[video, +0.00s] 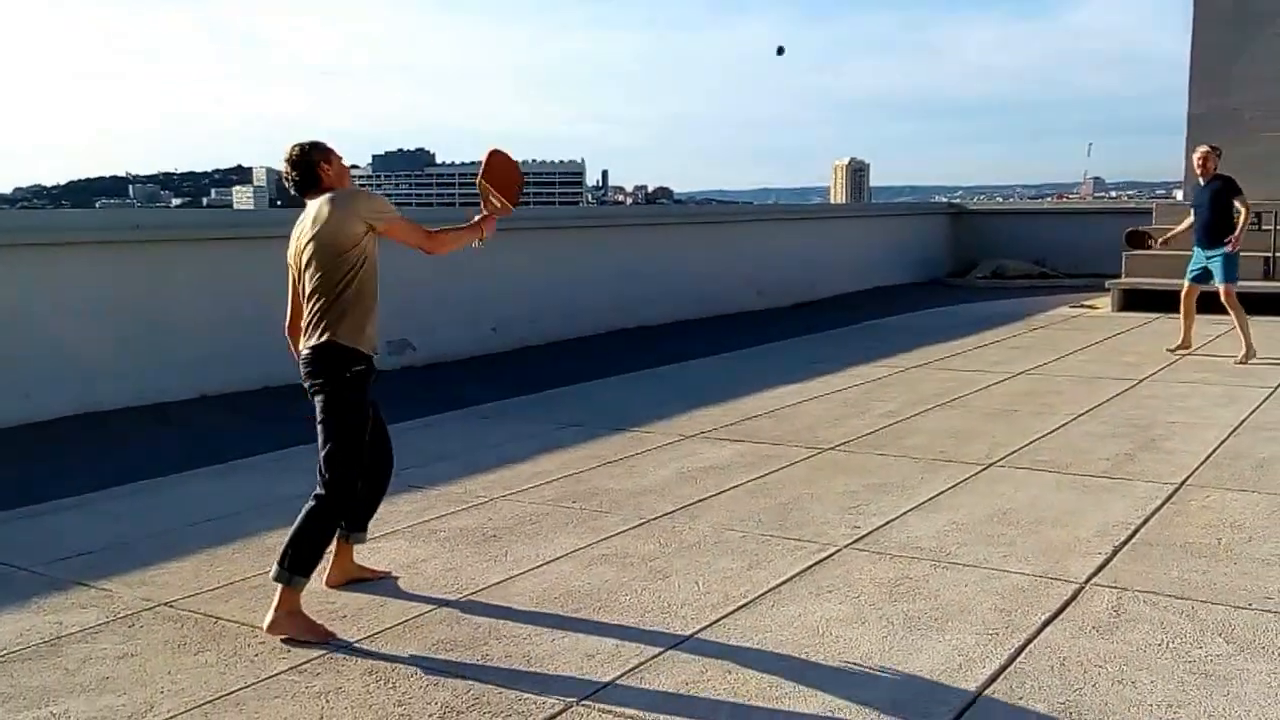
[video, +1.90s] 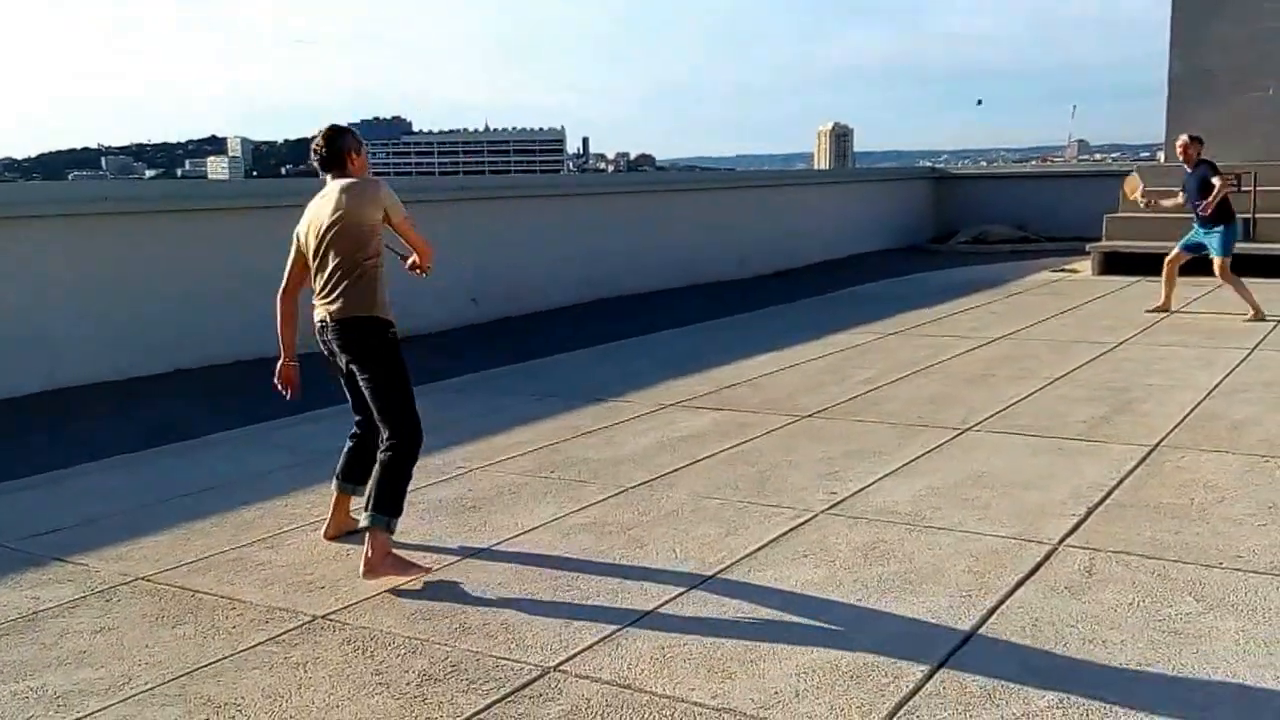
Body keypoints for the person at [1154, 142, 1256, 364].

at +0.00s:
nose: (1201, 163)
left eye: (1206, 159)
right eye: (1198, 159)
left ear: (1215, 163)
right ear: (1193, 163)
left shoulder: (1225, 183)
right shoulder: (1197, 190)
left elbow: (1244, 208)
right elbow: (1193, 219)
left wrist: (1238, 234)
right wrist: (1169, 236)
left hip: (1222, 250)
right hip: (1200, 251)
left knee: (1227, 296)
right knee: (1187, 295)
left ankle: (1248, 346)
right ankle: (1185, 341)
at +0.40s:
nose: (1194, 168)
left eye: (1198, 163)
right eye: (1191, 165)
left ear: (1209, 164)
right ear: (1188, 168)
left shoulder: (1225, 184)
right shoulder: (1197, 190)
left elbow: (1249, 206)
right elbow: (1206, 218)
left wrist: (1254, 231)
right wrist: (1190, 244)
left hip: (1237, 247)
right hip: (1214, 249)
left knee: (1227, 293)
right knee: (1202, 297)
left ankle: (1242, 342)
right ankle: (1201, 335)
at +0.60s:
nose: (1202, 161)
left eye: (1206, 157)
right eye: (1200, 157)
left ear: (1218, 155)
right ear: (1198, 156)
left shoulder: (1235, 171)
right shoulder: (1199, 174)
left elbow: (1260, 189)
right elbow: (1195, 204)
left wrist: (1267, 210)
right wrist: (1196, 205)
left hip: (1237, 235)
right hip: (1215, 237)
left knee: (1234, 285)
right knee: (1226, 289)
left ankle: (1238, 337)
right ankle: (1261, 322)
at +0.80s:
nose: (1214, 148)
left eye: (1219, 145)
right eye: (1212, 143)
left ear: (1227, 148)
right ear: (1207, 145)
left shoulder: (1236, 167)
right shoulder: (1200, 169)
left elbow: (1260, 183)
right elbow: (1189, 199)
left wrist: (1267, 189)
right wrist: (1201, 184)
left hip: (1235, 230)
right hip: (1213, 232)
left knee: (1232, 278)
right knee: (1216, 284)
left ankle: (1235, 330)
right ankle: (1239, 320)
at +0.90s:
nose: (1215, 143)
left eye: (1220, 140)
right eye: (1213, 138)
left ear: (1227, 146)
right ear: (1207, 141)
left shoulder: (1235, 166)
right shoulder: (1199, 167)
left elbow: (1259, 180)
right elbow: (1185, 194)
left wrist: (1267, 183)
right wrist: (1198, 178)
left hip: (1234, 230)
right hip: (1211, 232)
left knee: (1226, 278)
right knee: (1205, 281)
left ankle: (1233, 329)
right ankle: (1217, 320)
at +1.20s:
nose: (1207, 144)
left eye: (1212, 140)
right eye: (1204, 140)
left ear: (1219, 145)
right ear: (1199, 143)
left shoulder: (1229, 167)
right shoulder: (1190, 169)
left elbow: (1245, 191)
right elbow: (1174, 201)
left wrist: (1243, 202)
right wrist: (1185, 190)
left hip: (1223, 229)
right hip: (1196, 230)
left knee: (1222, 272)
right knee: (1181, 277)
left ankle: (1233, 321)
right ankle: (1190, 315)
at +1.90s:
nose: (1179, 152)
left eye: (1183, 147)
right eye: (1178, 148)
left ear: (1195, 149)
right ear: (1177, 151)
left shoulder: (1206, 167)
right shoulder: (1189, 175)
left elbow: (1222, 184)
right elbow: (1180, 201)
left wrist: (1211, 201)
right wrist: (1154, 203)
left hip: (1221, 228)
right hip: (1201, 229)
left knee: (1222, 271)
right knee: (1170, 262)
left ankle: (1256, 309)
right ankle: (1165, 303)